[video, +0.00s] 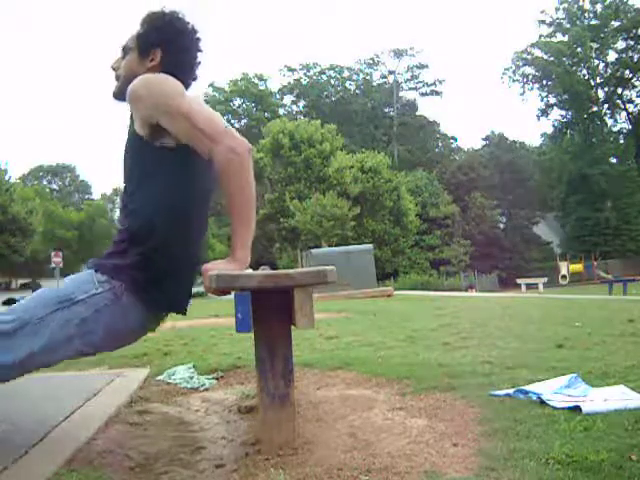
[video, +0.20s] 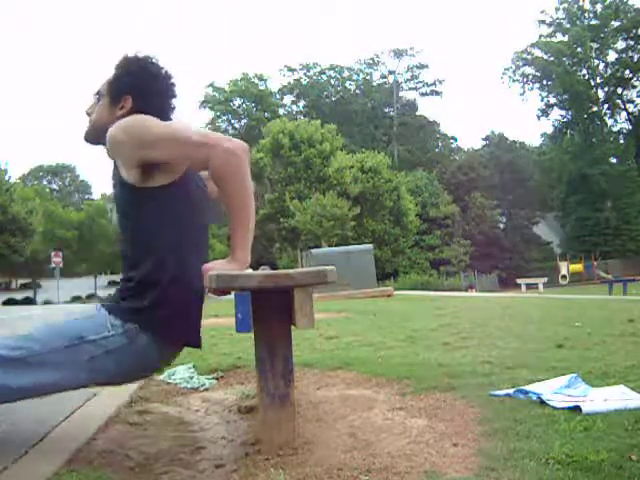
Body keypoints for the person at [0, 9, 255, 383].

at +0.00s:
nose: (115, 64)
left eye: (125, 53)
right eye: (120, 53)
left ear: (152, 59)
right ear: (154, 61)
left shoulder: (150, 88)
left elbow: (234, 151)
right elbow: (238, 153)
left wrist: (239, 257)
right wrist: (241, 256)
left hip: (124, 289)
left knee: (5, 345)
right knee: (7, 346)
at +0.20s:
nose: (89, 108)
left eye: (98, 98)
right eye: (94, 98)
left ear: (124, 105)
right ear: (126, 106)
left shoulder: (127, 133)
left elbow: (231, 152)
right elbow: (227, 185)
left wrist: (240, 258)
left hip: (139, 328)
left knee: (4, 359)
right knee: (8, 352)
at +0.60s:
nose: (88, 58)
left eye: (99, 50)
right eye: (95, 49)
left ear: (120, 63)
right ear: (122, 64)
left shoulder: (125, 94)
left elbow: (219, 152)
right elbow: (222, 154)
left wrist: (239, 256)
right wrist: (238, 251)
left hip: (116, 287)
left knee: (3, 329)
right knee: (5, 336)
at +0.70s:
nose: (93, 20)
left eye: (104, 10)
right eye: (99, 10)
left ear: (127, 20)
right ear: (128, 22)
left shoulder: (132, 61)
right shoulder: (164, 75)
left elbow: (189, 146)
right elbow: (199, 161)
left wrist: (233, 250)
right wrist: (232, 251)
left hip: (100, 247)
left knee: (2, 315)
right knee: (4, 320)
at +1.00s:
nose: (78, 40)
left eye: (88, 31)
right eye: (84, 31)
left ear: (113, 39)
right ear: (112, 41)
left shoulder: (124, 80)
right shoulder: (136, 87)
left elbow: (209, 150)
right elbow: (200, 177)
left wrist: (233, 256)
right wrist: (234, 253)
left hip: (107, 267)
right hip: (111, 268)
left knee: (3, 326)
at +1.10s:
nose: (66, 84)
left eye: (77, 72)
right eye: (72, 72)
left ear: (102, 81)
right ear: (102, 81)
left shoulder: (113, 115)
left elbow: (219, 154)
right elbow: (206, 189)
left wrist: (238, 256)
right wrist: (234, 253)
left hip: (126, 303)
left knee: (5, 337)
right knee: (8, 334)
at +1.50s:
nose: (70, 70)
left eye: (81, 59)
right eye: (76, 59)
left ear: (107, 68)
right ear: (107, 69)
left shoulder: (117, 100)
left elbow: (217, 153)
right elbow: (206, 192)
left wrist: (238, 257)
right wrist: (238, 253)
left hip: (120, 290)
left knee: (2, 328)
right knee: (4, 324)